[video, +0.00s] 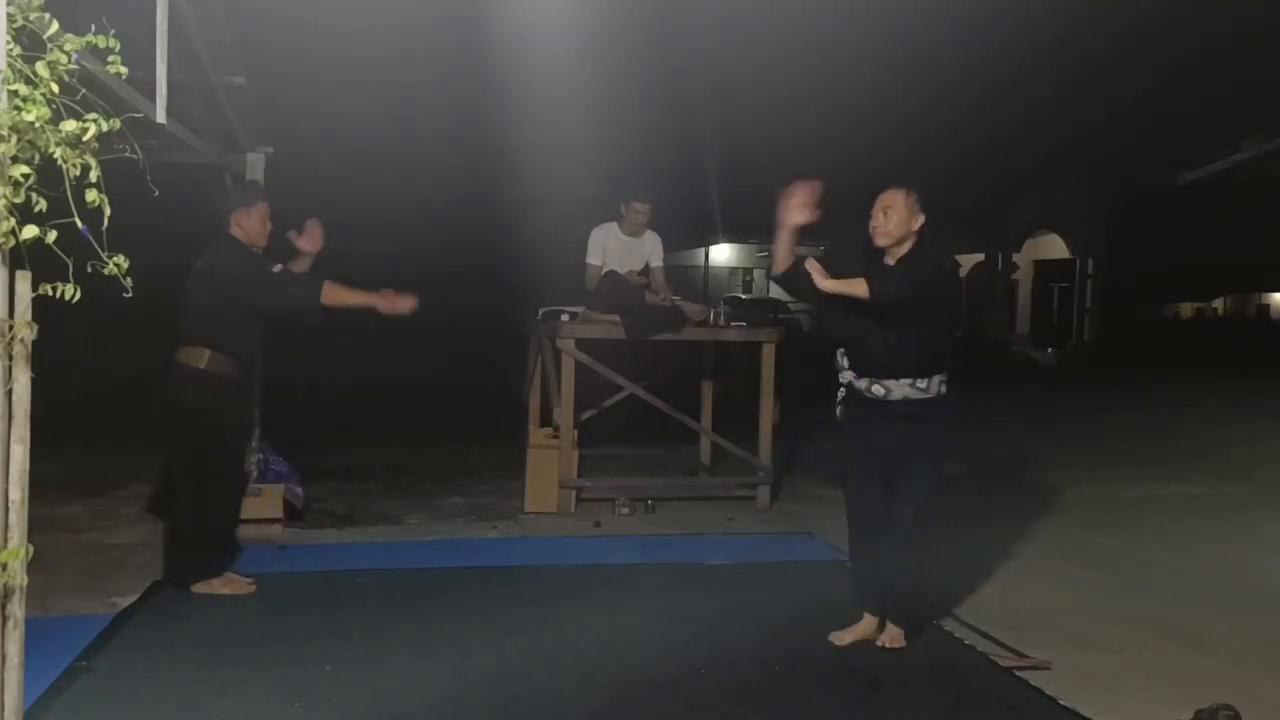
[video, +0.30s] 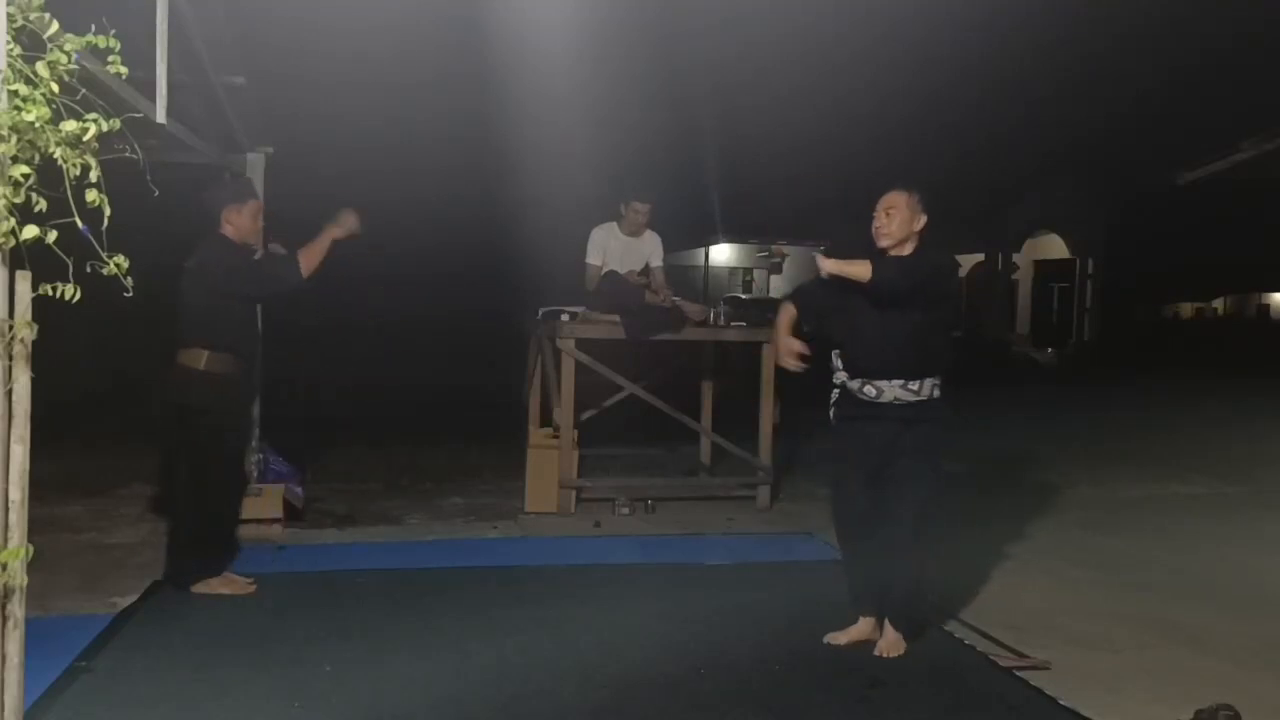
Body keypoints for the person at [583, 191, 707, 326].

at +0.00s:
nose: (641, 219)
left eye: (646, 214)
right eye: (636, 212)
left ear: (650, 215)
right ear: (623, 210)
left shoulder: (653, 240)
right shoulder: (601, 234)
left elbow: (659, 283)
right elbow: (591, 284)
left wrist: (664, 294)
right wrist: (623, 280)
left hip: (636, 299)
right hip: (602, 300)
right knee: (611, 278)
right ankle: (678, 311)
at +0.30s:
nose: (640, 219)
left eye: (645, 214)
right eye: (635, 212)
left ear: (650, 215)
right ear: (623, 209)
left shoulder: (653, 240)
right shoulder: (601, 234)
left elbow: (659, 283)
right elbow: (591, 285)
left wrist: (663, 293)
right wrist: (623, 280)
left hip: (635, 299)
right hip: (602, 300)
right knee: (611, 278)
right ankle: (678, 310)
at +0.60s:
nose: (641, 219)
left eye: (645, 214)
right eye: (635, 212)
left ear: (650, 215)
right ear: (623, 209)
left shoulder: (653, 240)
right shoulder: (601, 234)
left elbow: (659, 282)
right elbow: (590, 285)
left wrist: (663, 293)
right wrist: (623, 281)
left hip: (636, 300)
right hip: (602, 301)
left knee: (674, 316)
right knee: (611, 278)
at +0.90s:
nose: (641, 219)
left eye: (645, 214)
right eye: (635, 212)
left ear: (650, 214)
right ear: (623, 209)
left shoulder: (653, 240)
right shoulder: (601, 234)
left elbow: (659, 283)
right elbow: (591, 285)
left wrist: (665, 296)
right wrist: (623, 281)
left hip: (635, 300)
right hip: (602, 300)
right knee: (611, 278)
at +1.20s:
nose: (641, 220)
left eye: (645, 214)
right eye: (635, 213)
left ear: (650, 214)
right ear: (623, 209)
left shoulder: (652, 240)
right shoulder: (601, 234)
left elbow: (659, 283)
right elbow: (591, 285)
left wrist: (665, 296)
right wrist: (623, 280)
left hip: (635, 300)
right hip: (602, 300)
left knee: (674, 316)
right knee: (611, 278)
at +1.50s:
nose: (641, 219)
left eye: (645, 214)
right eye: (636, 212)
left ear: (650, 214)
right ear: (623, 209)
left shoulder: (653, 240)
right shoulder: (601, 234)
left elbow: (659, 283)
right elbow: (591, 285)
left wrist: (665, 297)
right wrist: (623, 280)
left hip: (635, 298)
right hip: (601, 299)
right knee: (611, 278)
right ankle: (677, 310)